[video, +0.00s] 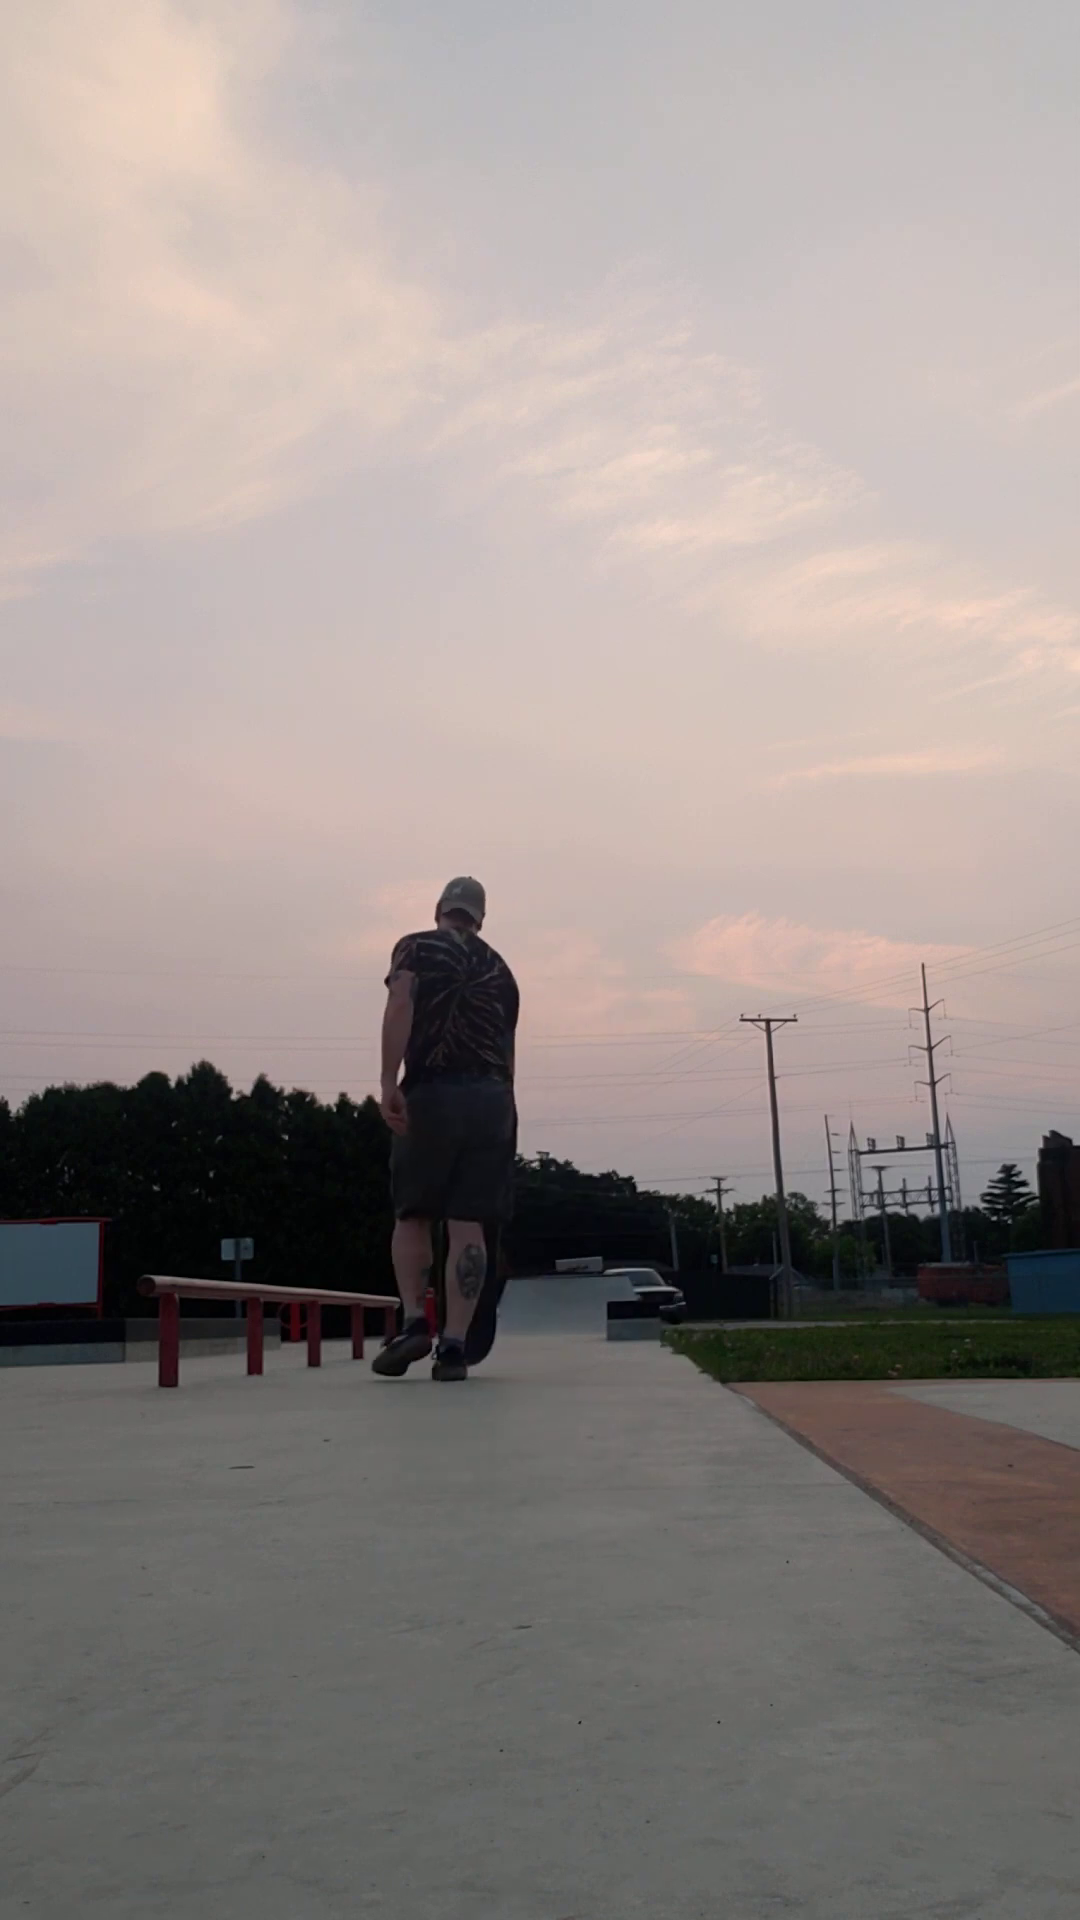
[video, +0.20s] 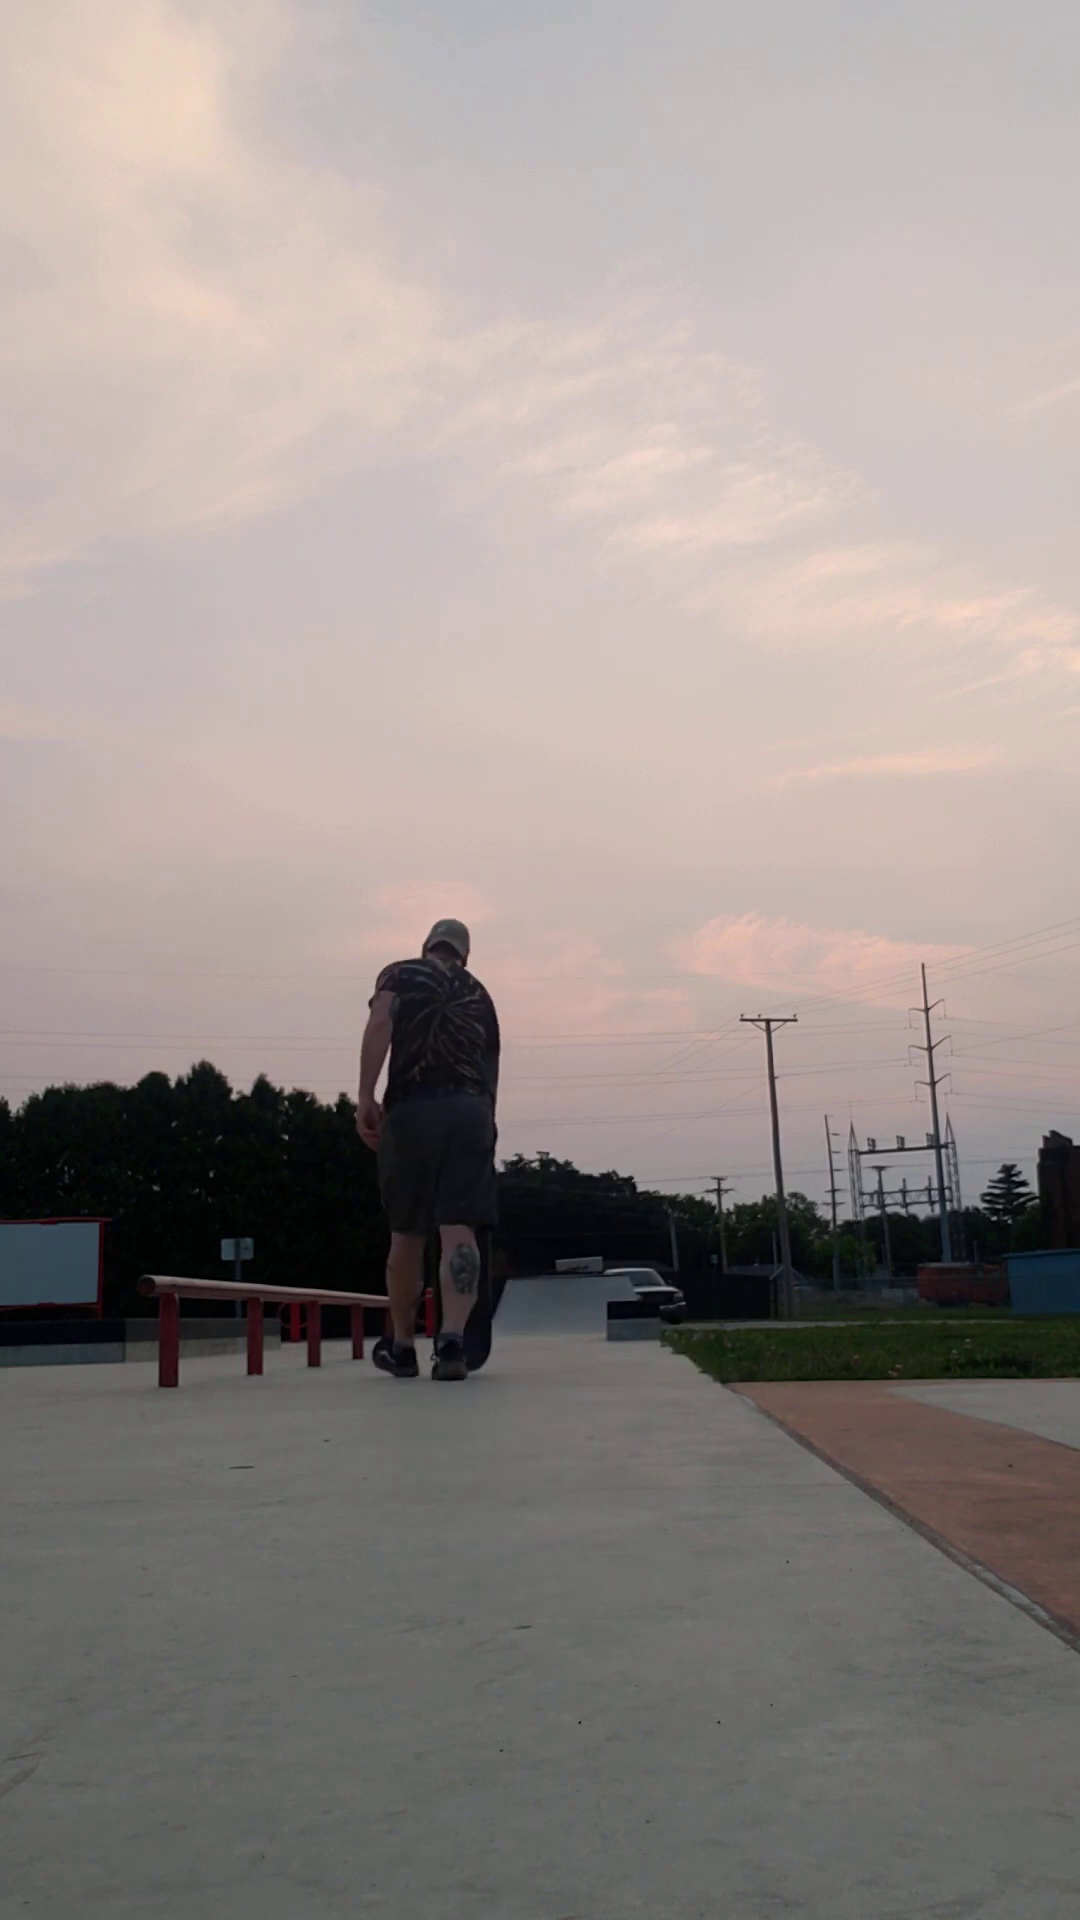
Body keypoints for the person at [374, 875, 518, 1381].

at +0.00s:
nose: (453, 920)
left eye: (443, 912)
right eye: (469, 914)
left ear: (437, 911)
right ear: (481, 919)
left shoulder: (416, 946)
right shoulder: (503, 970)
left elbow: (401, 1001)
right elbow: (507, 1053)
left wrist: (388, 1080)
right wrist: (506, 1114)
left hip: (431, 1100)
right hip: (492, 1105)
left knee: (412, 1213)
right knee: (469, 1221)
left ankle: (414, 1322)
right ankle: (453, 1349)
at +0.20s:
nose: (447, 954)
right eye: (457, 951)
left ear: (426, 946)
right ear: (464, 956)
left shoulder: (399, 972)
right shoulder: (481, 994)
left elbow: (380, 1023)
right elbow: (490, 1069)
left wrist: (365, 1095)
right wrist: (488, 1128)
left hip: (410, 1114)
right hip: (470, 1117)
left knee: (406, 1232)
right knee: (459, 1228)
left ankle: (401, 1348)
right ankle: (453, 1342)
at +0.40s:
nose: (444, 995)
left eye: (437, 989)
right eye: (452, 995)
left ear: (422, 987)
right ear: (457, 1000)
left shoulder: (393, 1002)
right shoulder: (466, 1030)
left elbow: (352, 1046)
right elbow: (475, 1111)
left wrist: (342, 1109)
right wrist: (473, 1173)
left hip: (391, 1123)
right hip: (451, 1128)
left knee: (396, 1237)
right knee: (454, 1213)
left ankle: (399, 1351)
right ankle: (457, 1260)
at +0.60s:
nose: (458, 1038)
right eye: (459, 1034)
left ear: (426, 1021)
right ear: (459, 1035)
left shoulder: (396, 1027)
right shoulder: (466, 1054)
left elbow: (351, 1068)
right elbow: (482, 1146)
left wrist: (339, 1136)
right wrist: (480, 1216)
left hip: (395, 1122)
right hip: (454, 1120)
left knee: (403, 1236)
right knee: (451, 1194)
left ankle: (405, 1350)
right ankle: (461, 1278)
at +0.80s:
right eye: (467, 1057)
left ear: (435, 1046)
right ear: (466, 1056)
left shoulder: (409, 1058)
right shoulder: (476, 1079)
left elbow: (362, 1098)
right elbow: (493, 1158)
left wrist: (356, 1162)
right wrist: (493, 1220)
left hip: (407, 1154)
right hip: (461, 1155)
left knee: (405, 1254)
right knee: (453, 1229)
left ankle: (404, 1324)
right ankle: (471, 1320)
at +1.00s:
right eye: (479, 1040)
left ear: (448, 1033)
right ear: (480, 1041)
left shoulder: (424, 1049)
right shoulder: (492, 1070)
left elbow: (374, 1080)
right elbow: (504, 1141)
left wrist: (348, 1132)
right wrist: (496, 1193)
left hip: (425, 1148)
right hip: (474, 1150)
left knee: (420, 1236)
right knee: (468, 1230)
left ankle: (409, 1278)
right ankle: (478, 1320)